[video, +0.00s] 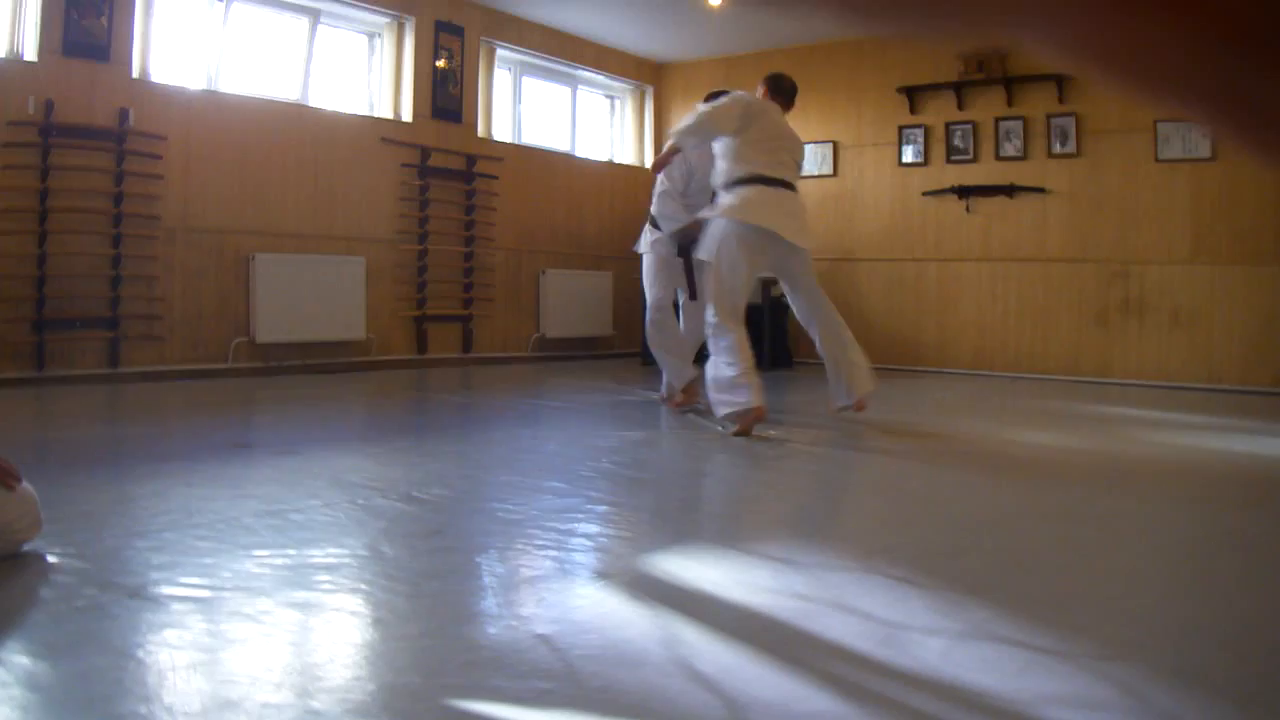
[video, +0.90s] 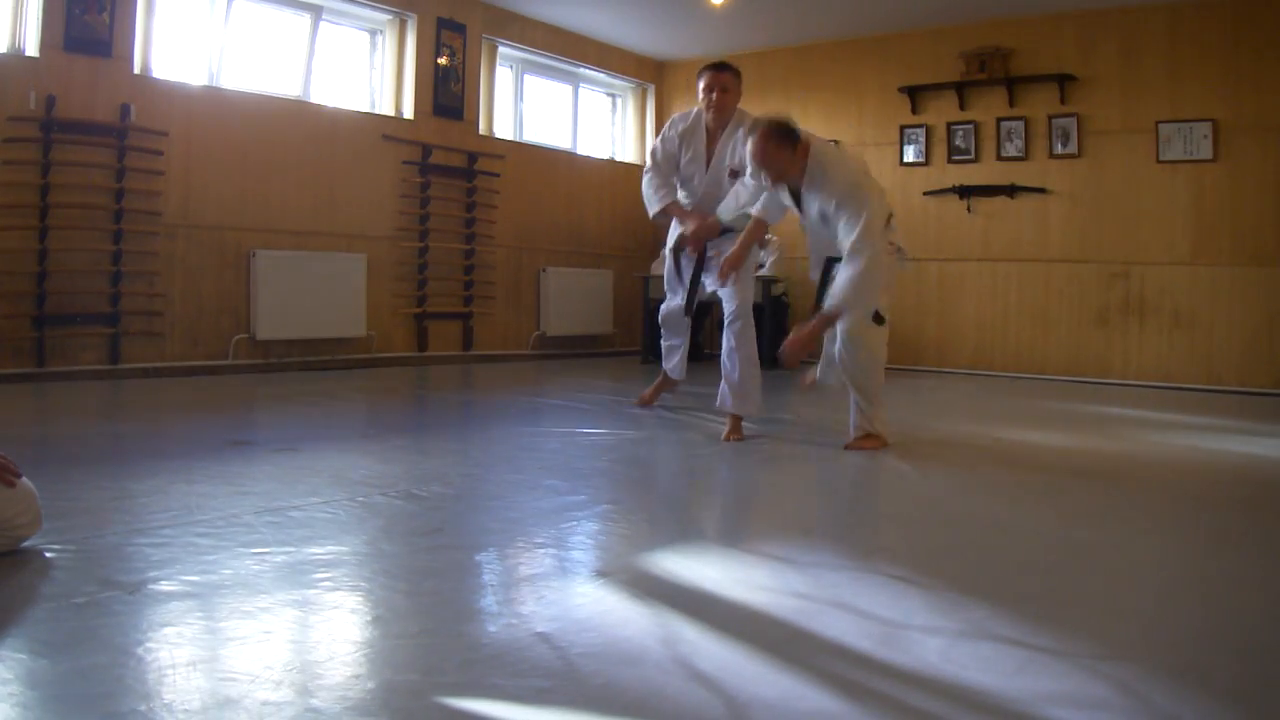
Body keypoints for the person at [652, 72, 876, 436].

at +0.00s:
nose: (755, 91)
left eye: (758, 88)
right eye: (760, 89)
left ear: (763, 90)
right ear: (790, 104)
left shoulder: (746, 103)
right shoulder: (793, 138)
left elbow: (702, 119)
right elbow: (779, 182)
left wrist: (670, 150)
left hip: (740, 213)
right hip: (786, 217)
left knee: (723, 316)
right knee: (813, 304)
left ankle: (741, 402)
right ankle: (854, 386)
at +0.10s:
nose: (751, 107)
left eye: (755, 102)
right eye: (754, 103)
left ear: (765, 101)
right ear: (786, 107)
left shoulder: (769, 115)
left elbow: (741, 136)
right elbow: (751, 208)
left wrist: (704, 145)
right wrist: (701, 230)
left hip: (784, 230)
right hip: (816, 233)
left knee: (742, 321)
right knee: (812, 331)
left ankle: (772, 405)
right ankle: (834, 406)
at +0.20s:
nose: (739, 114)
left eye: (743, 106)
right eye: (738, 108)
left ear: (765, 102)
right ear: (762, 103)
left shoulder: (781, 115)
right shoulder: (763, 155)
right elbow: (733, 199)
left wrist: (756, 157)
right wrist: (679, 197)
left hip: (811, 224)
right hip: (815, 229)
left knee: (769, 315)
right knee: (806, 322)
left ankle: (783, 410)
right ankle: (834, 405)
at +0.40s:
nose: (739, 89)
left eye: (744, 80)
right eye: (735, 84)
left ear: (767, 76)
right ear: (737, 89)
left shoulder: (799, 101)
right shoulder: (747, 135)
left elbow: (843, 136)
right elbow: (729, 173)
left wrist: (822, 160)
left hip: (833, 207)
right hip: (806, 221)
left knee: (802, 294)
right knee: (817, 305)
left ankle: (831, 392)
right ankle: (835, 400)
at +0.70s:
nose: (766, 99)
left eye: (772, 89)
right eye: (758, 92)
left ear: (791, 80)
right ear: (751, 92)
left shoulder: (826, 116)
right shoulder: (752, 132)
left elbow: (865, 171)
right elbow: (727, 187)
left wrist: (846, 222)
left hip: (843, 226)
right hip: (803, 235)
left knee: (829, 304)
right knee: (804, 325)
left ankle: (851, 407)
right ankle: (822, 404)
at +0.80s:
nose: (773, 128)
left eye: (779, 118)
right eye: (765, 120)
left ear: (800, 105)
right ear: (757, 114)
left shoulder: (843, 138)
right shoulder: (759, 140)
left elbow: (871, 203)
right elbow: (738, 192)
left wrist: (841, 261)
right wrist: (689, 229)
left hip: (855, 241)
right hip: (811, 245)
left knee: (847, 326)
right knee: (812, 332)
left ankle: (870, 427)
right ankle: (829, 402)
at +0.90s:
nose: (766, 176)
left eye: (769, 167)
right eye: (762, 168)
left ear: (793, 151)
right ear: (769, 152)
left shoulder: (842, 178)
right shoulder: (791, 162)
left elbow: (862, 260)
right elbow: (770, 205)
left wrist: (817, 326)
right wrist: (740, 249)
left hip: (869, 247)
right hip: (832, 246)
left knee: (857, 331)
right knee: (831, 312)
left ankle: (870, 430)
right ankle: (828, 368)